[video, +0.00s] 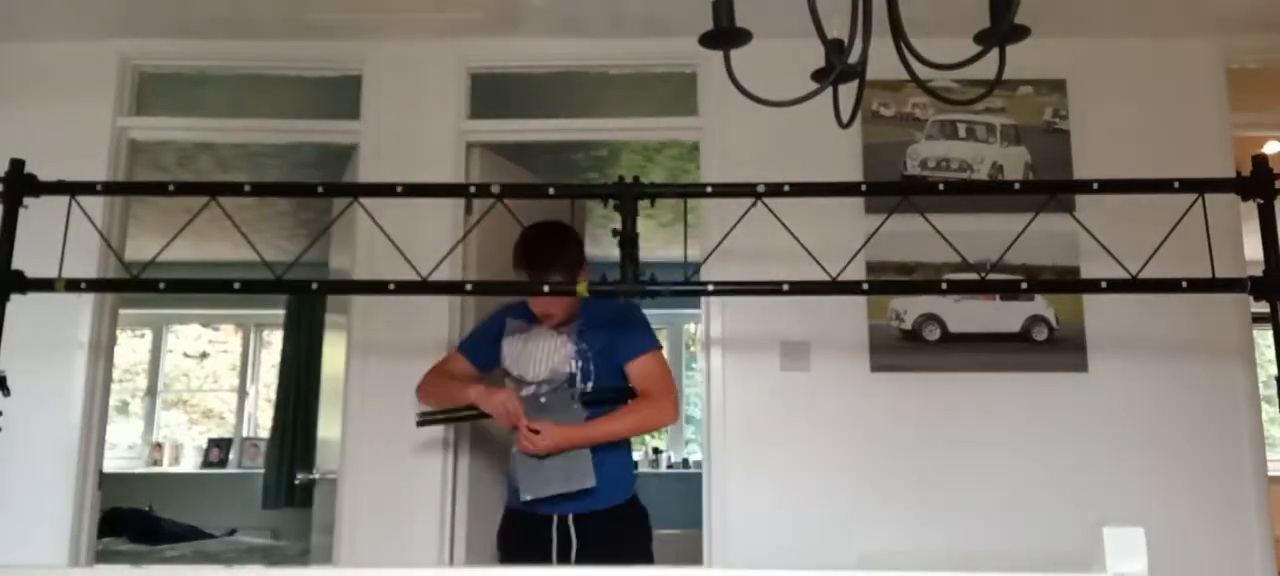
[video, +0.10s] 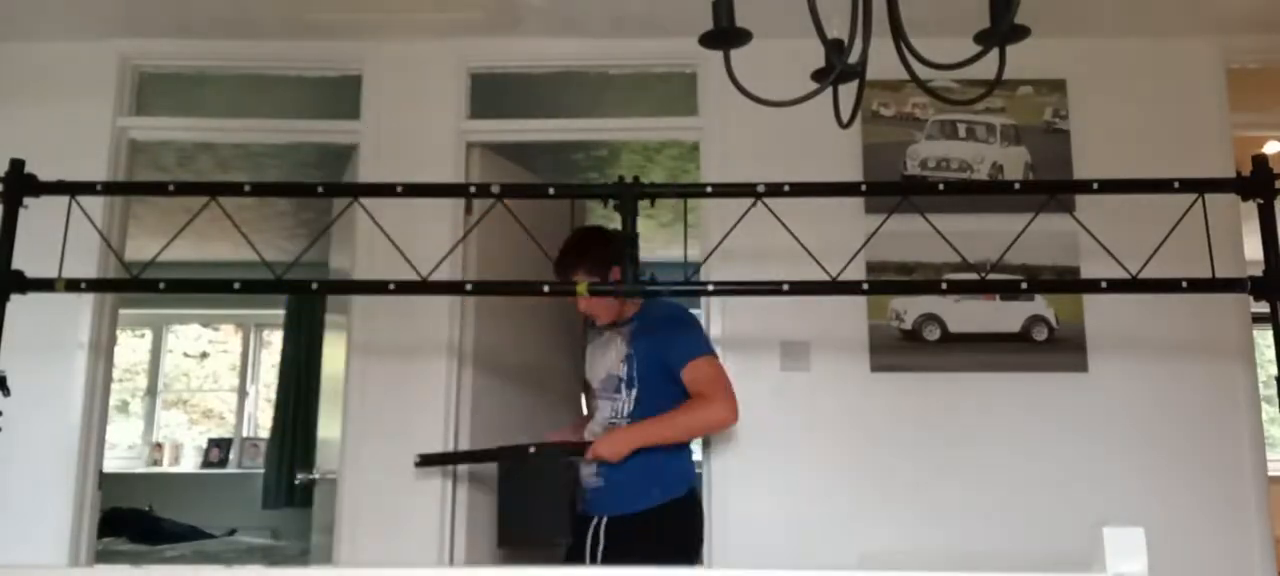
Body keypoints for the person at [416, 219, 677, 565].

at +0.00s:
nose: (541, 309)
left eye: (552, 298)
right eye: (533, 295)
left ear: (581, 279)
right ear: (524, 284)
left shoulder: (619, 321)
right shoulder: (509, 322)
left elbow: (662, 406)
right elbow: (430, 386)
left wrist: (567, 437)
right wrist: (478, 393)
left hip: (609, 521)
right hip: (529, 522)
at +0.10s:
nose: (581, 304)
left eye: (587, 289)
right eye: (575, 292)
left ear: (616, 277)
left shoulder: (668, 322)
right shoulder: (600, 335)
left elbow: (720, 407)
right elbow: (612, 415)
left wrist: (629, 437)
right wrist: (577, 434)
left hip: (658, 516)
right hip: (599, 515)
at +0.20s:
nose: (645, 265)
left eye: (659, 254)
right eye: (638, 254)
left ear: (683, 261)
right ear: (629, 258)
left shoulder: (700, 315)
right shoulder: (615, 323)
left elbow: (733, 401)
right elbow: (607, 398)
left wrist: (639, 441)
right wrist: (595, 439)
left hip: (684, 509)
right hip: (622, 507)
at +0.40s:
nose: (688, 249)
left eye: (695, 240)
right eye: (676, 236)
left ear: (701, 250)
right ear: (645, 239)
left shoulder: (711, 316)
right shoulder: (603, 311)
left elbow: (782, 359)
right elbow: (527, 337)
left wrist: (763, 263)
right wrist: (566, 253)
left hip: (690, 527)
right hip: (604, 527)